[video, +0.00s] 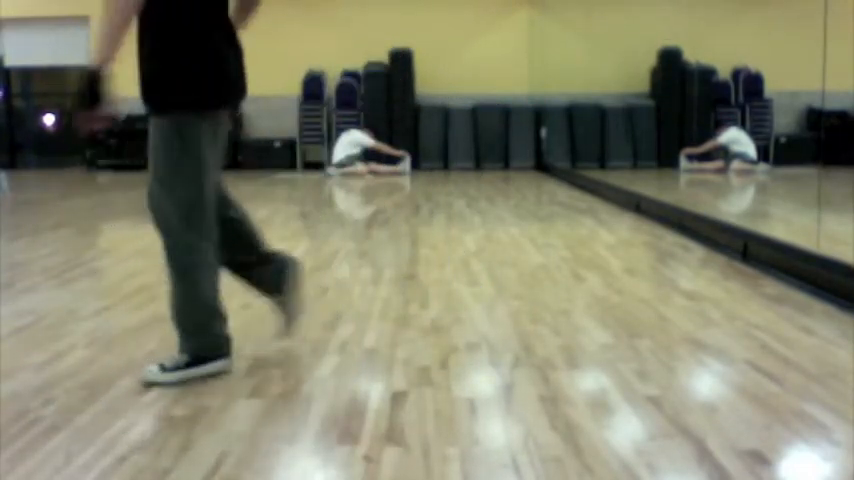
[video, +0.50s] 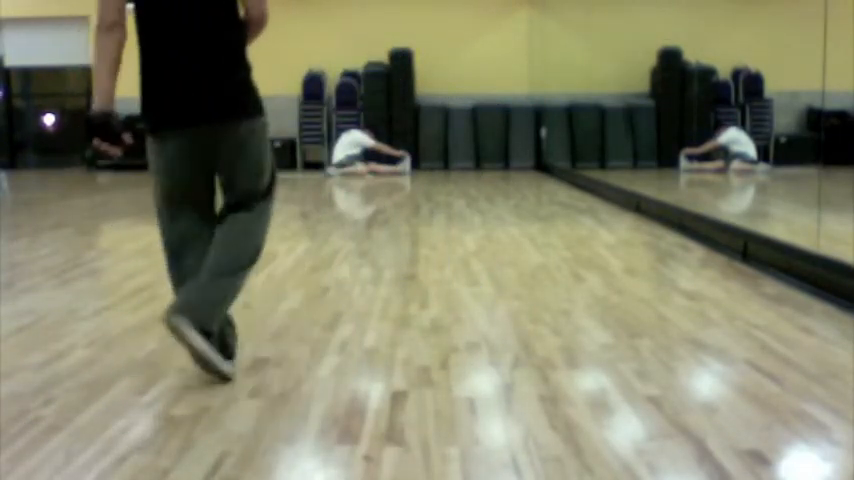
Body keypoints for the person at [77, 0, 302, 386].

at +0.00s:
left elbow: (124, 4)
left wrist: (99, 68)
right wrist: (224, 30)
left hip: (178, 68)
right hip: (213, 62)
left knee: (179, 207)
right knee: (193, 192)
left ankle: (205, 346)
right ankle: (275, 275)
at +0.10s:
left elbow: (105, 10)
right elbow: (262, 6)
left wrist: (62, 78)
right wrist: (250, 46)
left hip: (183, 89)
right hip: (220, 83)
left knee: (177, 220)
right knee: (223, 208)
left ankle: (208, 347)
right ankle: (299, 284)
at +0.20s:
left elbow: (94, 10)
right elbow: (262, 8)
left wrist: (56, 82)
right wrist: (249, 47)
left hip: (184, 93)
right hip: (232, 84)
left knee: (187, 222)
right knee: (239, 198)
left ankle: (208, 344)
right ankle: (306, 286)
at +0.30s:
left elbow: (98, 9)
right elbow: (260, 7)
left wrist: (69, 87)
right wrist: (232, 38)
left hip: (181, 85)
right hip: (237, 74)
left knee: (200, 210)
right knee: (242, 193)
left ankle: (218, 345)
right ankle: (284, 302)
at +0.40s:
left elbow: (105, 15)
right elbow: (260, 14)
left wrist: (83, 101)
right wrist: (231, 44)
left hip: (178, 96)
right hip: (238, 89)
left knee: (197, 218)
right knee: (243, 201)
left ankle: (219, 343)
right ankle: (240, 302)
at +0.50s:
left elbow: (110, 23)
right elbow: (257, 15)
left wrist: (102, 109)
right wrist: (225, 46)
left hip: (166, 92)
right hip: (229, 87)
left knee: (184, 221)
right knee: (249, 202)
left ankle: (216, 337)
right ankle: (197, 311)